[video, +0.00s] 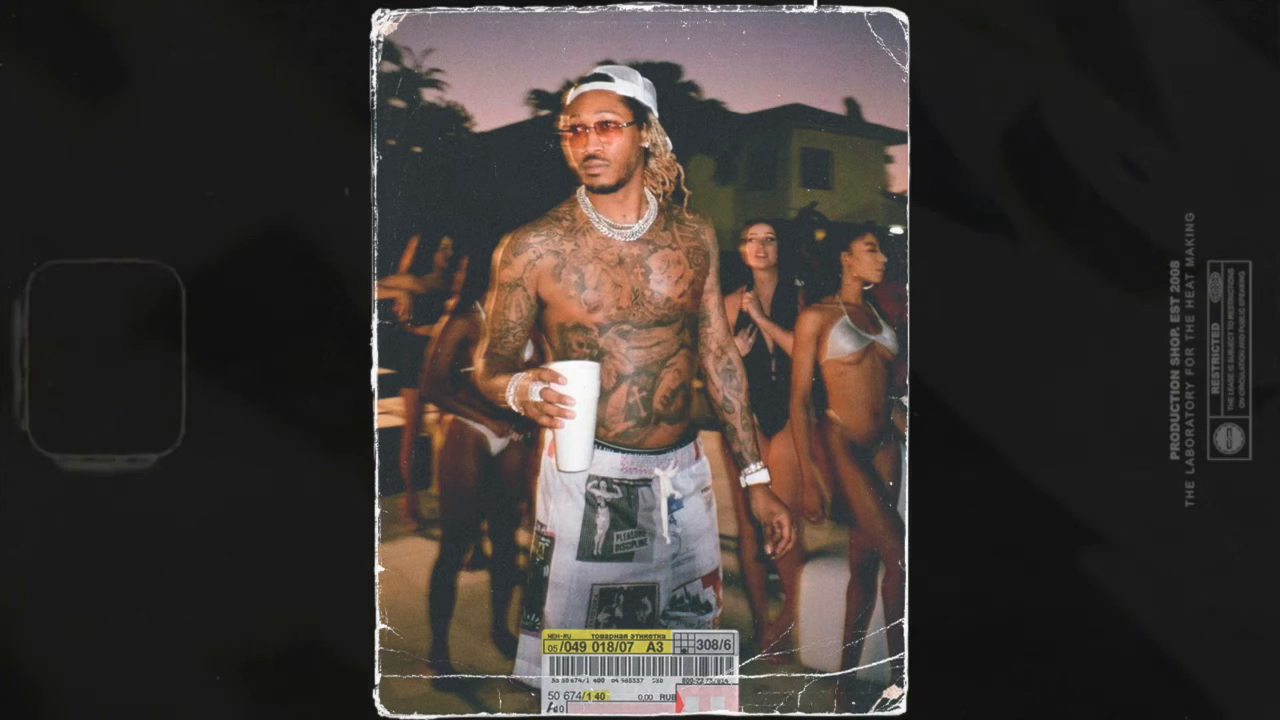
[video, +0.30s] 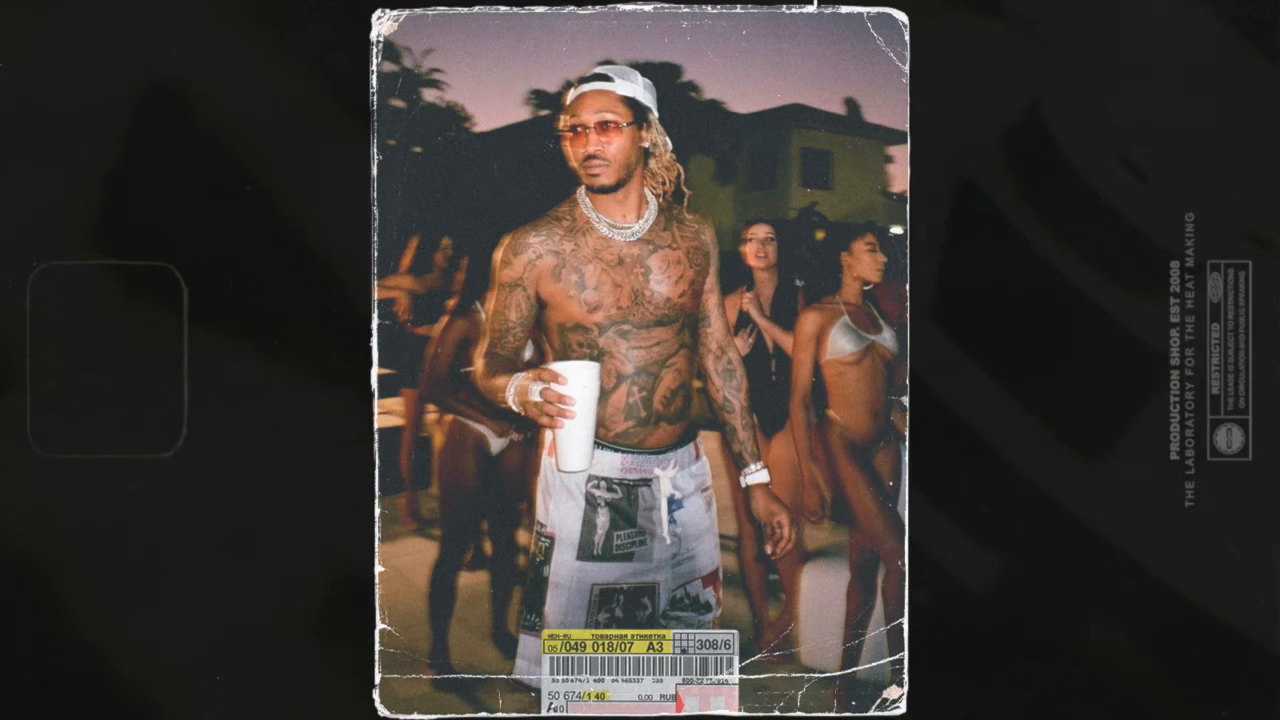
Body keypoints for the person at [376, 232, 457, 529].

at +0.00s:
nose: (446, 253)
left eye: (451, 248)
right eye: (442, 247)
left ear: (455, 252)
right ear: (431, 250)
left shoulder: (457, 274)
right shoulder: (416, 277)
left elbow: (461, 302)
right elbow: (398, 283)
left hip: (445, 346)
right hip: (416, 345)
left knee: (450, 425)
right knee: (413, 426)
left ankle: (453, 498)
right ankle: (410, 500)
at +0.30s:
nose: (446, 253)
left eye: (450, 248)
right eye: (442, 247)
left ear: (455, 252)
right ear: (431, 250)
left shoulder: (457, 274)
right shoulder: (416, 278)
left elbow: (461, 302)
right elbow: (398, 282)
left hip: (445, 346)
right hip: (415, 344)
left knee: (450, 425)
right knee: (413, 427)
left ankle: (453, 498)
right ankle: (410, 501)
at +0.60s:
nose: (446, 253)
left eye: (450, 248)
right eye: (442, 247)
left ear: (455, 252)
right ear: (431, 250)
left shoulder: (457, 274)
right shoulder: (416, 279)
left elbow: (461, 304)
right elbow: (398, 282)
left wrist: (437, 327)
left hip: (445, 347)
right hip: (415, 345)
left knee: (450, 425)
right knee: (413, 427)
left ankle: (453, 498)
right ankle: (410, 501)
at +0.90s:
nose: (446, 254)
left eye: (451, 249)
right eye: (442, 248)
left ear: (455, 254)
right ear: (431, 251)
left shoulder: (455, 281)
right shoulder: (414, 282)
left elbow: (461, 311)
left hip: (444, 352)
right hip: (416, 350)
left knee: (449, 426)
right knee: (412, 427)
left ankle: (451, 498)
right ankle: (410, 501)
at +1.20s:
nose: (446, 254)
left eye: (451, 249)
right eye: (442, 248)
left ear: (455, 254)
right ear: (431, 251)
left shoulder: (455, 281)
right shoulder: (414, 282)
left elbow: (460, 315)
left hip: (445, 354)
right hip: (416, 351)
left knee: (450, 427)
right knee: (412, 429)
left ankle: (452, 499)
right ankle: (410, 503)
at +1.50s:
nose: (446, 254)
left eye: (450, 249)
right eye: (442, 247)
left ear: (456, 254)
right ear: (431, 250)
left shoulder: (456, 280)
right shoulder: (415, 282)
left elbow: (461, 313)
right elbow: (393, 285)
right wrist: (404, 294)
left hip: (445, 351)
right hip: (416, 349)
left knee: (449, 427)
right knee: (412, 428)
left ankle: (452, 499)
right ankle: (410, 502)